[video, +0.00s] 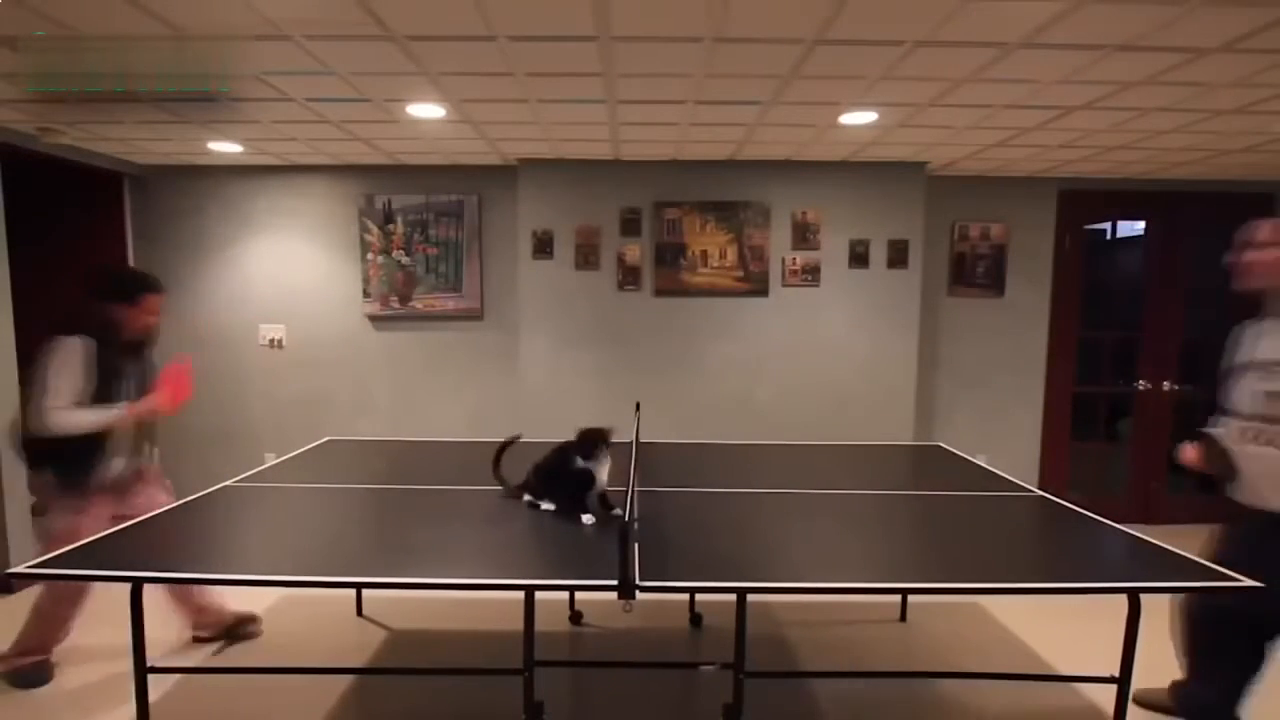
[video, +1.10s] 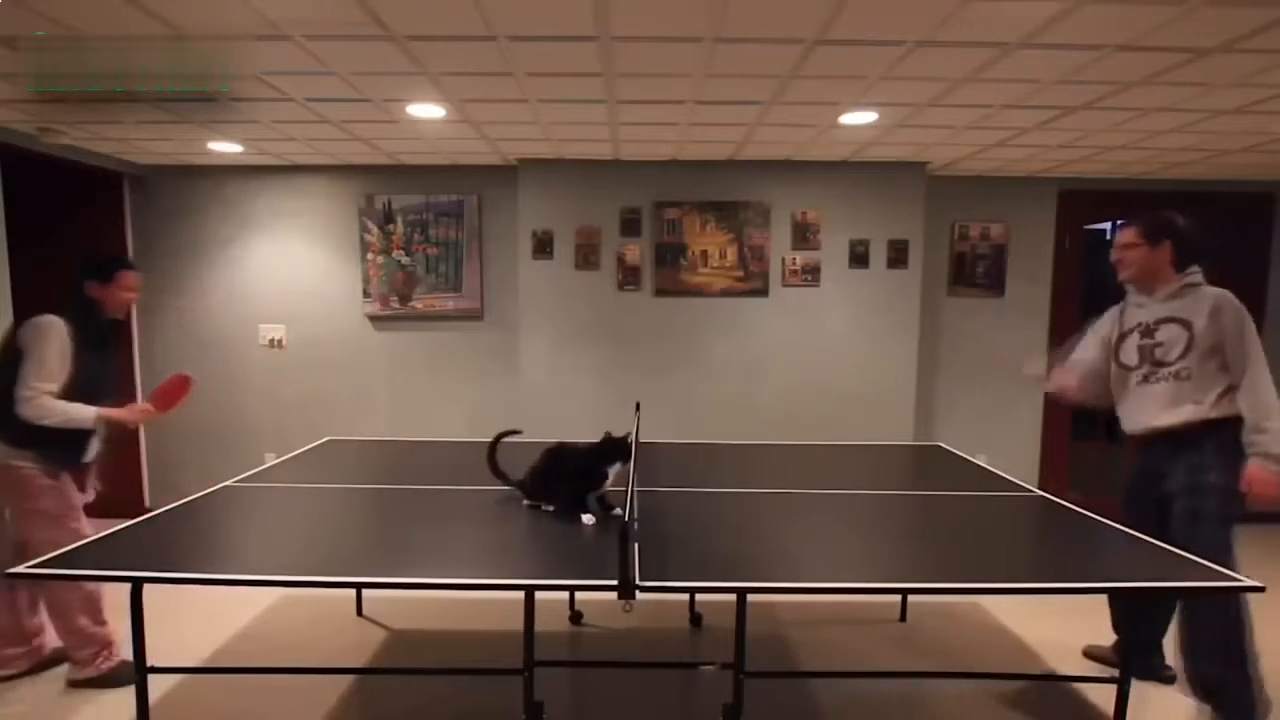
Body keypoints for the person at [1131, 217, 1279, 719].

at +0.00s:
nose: (1245, 257)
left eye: (1260, 246)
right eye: (1244, 246)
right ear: (1239, 259)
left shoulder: (1268, 336)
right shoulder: (1248, 335)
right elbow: (1237, 420)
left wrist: (1215, 448)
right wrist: (1207, 447)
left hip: (1275, 510)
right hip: (1251, 506)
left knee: (1240, 611)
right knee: (1219, 603)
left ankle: (1211, 700)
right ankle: (1202, 693)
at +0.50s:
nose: (1192, 253)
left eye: (1205, 241)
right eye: (1193, 242)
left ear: (1249, 246)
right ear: (1242, 247)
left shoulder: (1275, 313)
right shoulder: (1220, 317)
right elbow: (1204, 385)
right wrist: (1154, 400)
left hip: (1264, 493)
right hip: (1211, 489)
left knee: (1274, 621)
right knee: (1164, 581)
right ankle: (1166, 668)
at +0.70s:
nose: (1145, 280)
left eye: (1153, 269)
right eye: (1144, 270)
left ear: (1190, 269)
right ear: (1185, 273)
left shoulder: (1227, 325)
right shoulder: (1198, 320)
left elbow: (1240, 423)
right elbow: (1183, 376)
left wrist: (1212, 501)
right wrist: (1129, 382)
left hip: (1206, 483)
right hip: (1176, 477)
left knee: (1233, 610)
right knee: (1127, 565)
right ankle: (1140, 659)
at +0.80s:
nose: (1129, 269)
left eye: (1137, 258)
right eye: (1127, 258)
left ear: (1171, 259)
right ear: (1165, 262)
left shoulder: (1216, 310)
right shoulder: (1172, 310)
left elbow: (1234, 403)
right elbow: (1148, 349)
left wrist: (1201, 476)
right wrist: (1083, 343)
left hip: (1212, 457)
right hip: (1169, 454)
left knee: (1230, 587)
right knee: (1141, 556)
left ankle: (1270, 696)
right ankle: (1138, 653)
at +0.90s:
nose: (1123, 260)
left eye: (1132, 249)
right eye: (1123, 250)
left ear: (1168, 250)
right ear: (1155, 255)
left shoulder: (1221, 303)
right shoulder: (1127, 313)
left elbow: (1253, 382)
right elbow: (1059, 321)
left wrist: (1233, 456)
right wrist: (995, 318)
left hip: (1204, 450)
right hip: (1149, 450)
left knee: (1223, 579)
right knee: (1145, 555)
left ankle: (1250, 702)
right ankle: (1139, 651)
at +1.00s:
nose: (1124, 257)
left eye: (1133, 247)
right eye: (1123, 248)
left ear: (1169, 249)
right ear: (1129, 255)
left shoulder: (1222, 304)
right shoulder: (1120, 313)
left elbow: (1256, 377)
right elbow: (1059, 327)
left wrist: (1252, 448)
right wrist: (1000, 329)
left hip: (1203, 446)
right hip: (1146, 447)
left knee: (1205, 573)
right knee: (1140, 553)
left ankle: (1214, 703)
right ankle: (1139, 650)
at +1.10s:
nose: (1117, 259)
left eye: (1127, 249)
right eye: (1115, 250)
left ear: (1163, 252)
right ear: (1119, 258)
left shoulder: (1216, 304)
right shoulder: (1118, 318)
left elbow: (1255, 378)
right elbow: (1087, 368)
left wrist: (1263, 453)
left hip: (1205, 445)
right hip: (1147, 448)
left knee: (1204, 567)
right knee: (1135, 552)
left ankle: (1234, 701)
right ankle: (1139, 651)